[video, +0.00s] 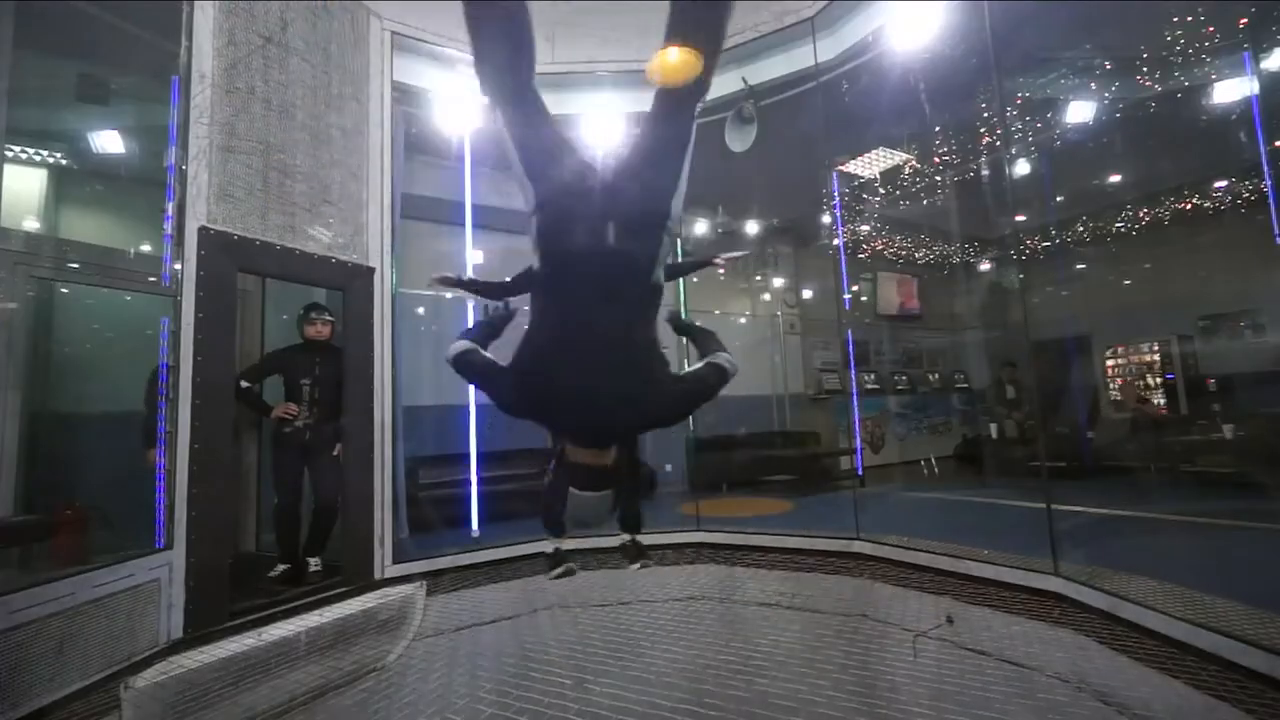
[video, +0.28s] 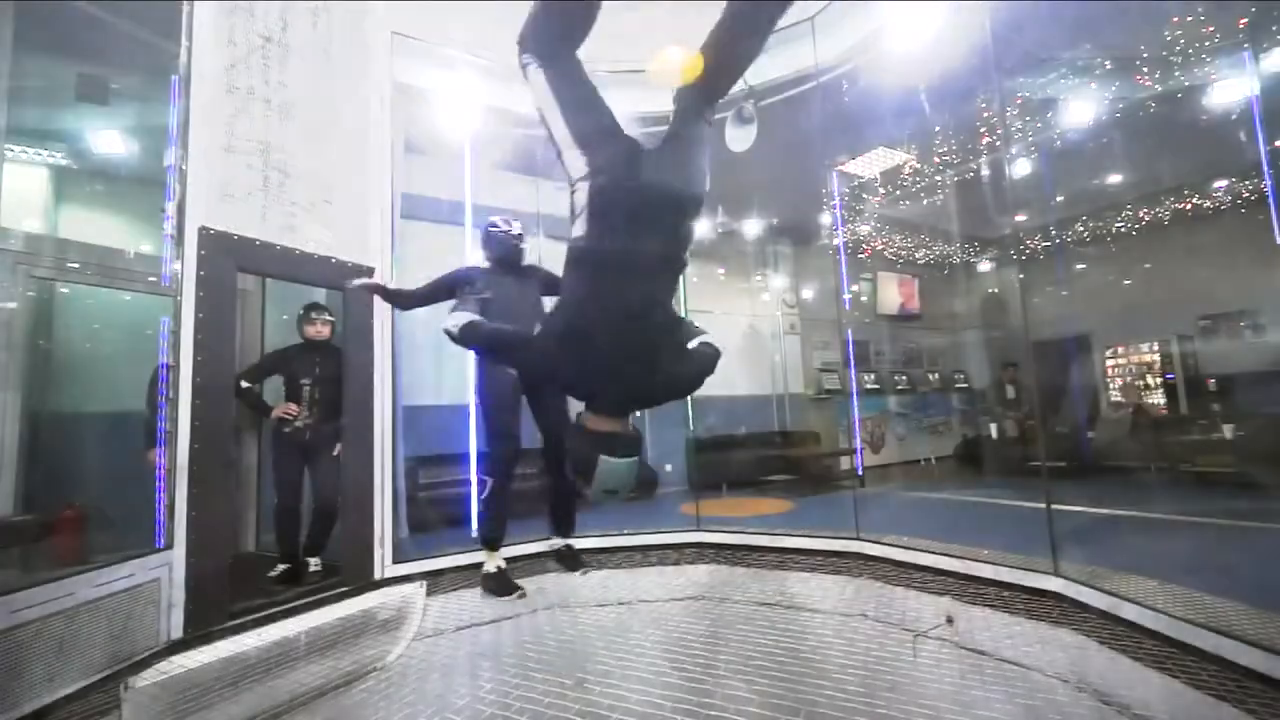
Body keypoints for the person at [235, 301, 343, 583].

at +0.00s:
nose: (319, 328)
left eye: (325, 323)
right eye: (313, 323)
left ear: (333, 327)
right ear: (302, 327)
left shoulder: (341, 359)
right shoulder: (287, 356)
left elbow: (352, 400)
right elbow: (242, 384)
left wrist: (344, 438)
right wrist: (269, 410)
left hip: (325, 439)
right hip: (289, 439)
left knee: (329, 500)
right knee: (287, 500)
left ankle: (313, 555)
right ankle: (287, 561)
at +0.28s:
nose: (319, 327)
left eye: (325, 322)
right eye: (313, 322)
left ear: (333, 327)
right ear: (302, 326)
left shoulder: (341, 359)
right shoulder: (287, 356)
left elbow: (355, 400)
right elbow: (243, 383)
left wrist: (346, 437)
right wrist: (269, 410)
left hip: (326, 439)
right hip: (289, 439)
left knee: (328, 502)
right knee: (288, 500)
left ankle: (313, 555)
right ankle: (288, 561)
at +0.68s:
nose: (316, 332)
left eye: (322, 327)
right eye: (310, 325)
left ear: (329, 331)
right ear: (297, 324)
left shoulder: (330, 364)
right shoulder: (274, 350)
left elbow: (331, 392)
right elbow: (220, 361)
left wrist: (291, 373)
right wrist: (248, 396)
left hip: (301, 444)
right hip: (264, 439)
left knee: (302, 505)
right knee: (260, 505)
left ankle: (242, 554)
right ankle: (254, 569)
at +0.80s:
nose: (321, 331)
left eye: (326, 325)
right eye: (319, 323)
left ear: (328, 327)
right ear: (308, 324)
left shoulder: (332, 360)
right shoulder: (280, 350)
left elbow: (332, 391)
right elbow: (224, 361)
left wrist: (293, 374)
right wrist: (249, 397)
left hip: (301, 441)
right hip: (264, 437)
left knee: (302, 506)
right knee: (259, 506)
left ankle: (240, 553)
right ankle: (255, 569)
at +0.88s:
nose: (311, 330)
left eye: (317, 324)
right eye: (308, 323)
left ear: (327, 327)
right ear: (301, 323)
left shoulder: (331, 356)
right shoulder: (281, 348)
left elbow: (333, 392)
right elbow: (223, 364)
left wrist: (293, 373)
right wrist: (250, 398)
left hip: (301, 441)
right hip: (265, 437)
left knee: (302, 505)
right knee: (260, 506)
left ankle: (241, 553)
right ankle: (254, 570)